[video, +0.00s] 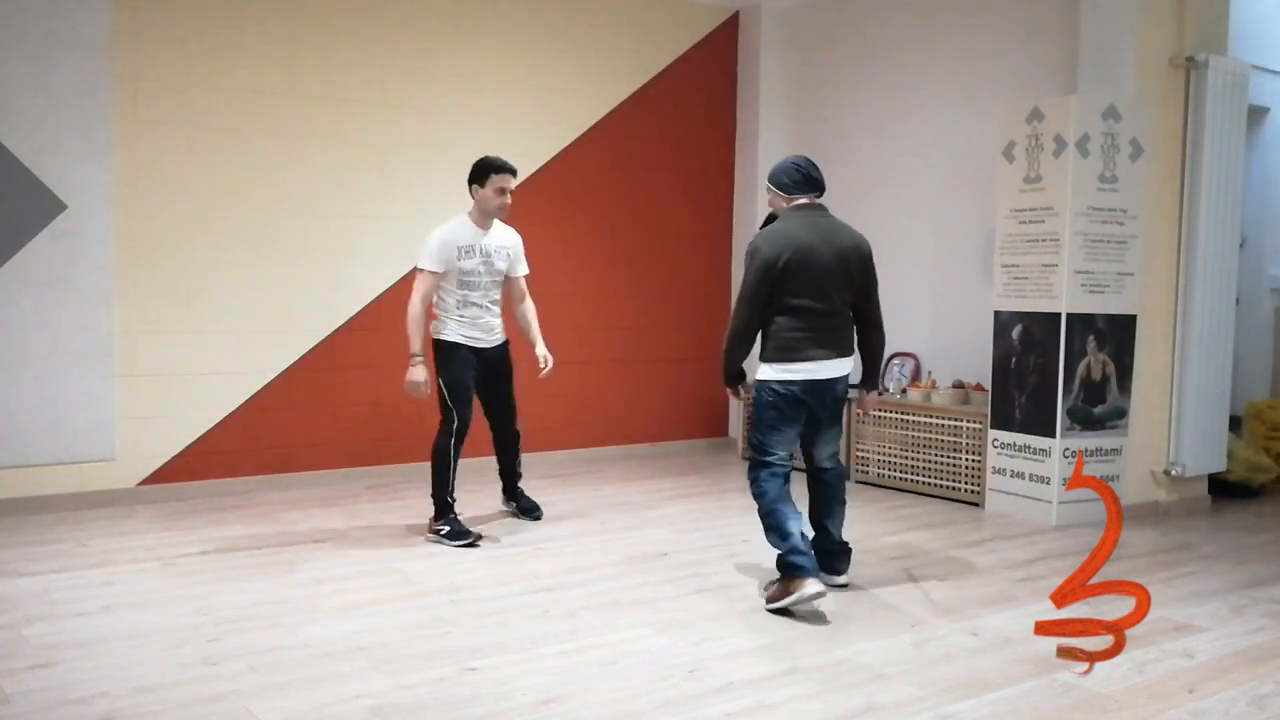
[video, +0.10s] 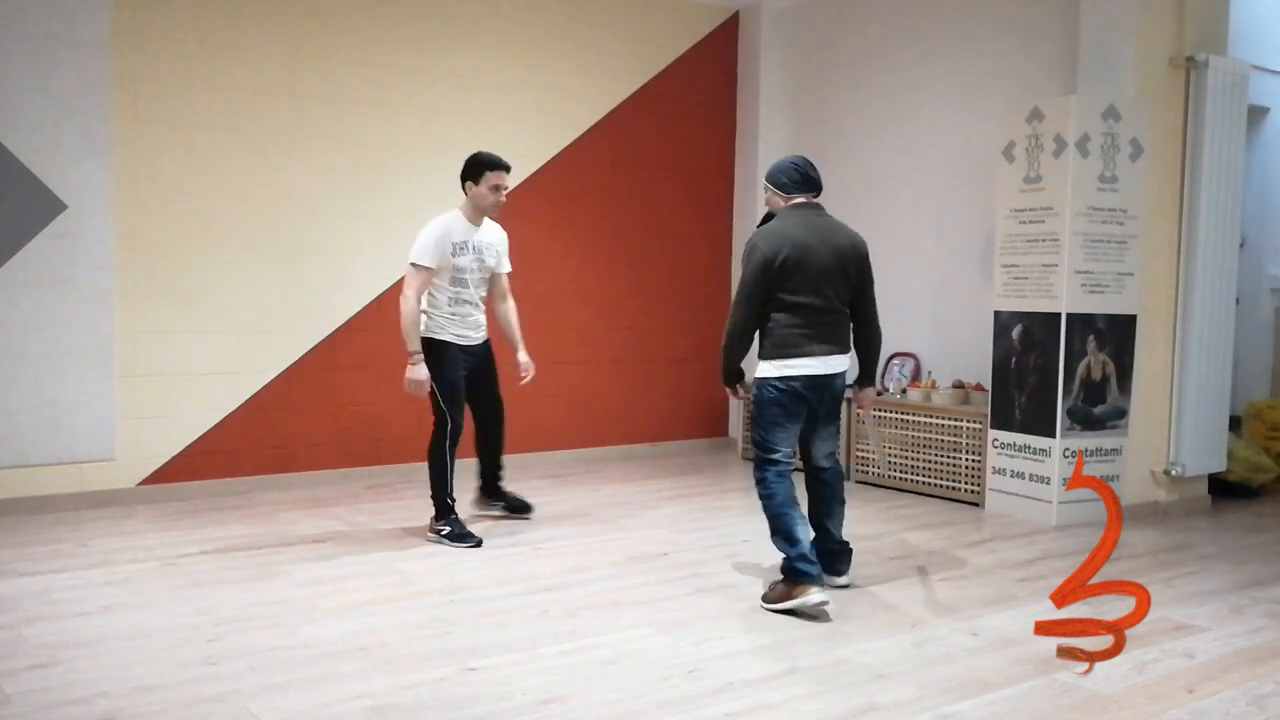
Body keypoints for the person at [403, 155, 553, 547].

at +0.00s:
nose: (508, 199)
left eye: (511, 192)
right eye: (501, 191)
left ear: (511, 194)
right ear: (476, 190)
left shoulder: (510, 240)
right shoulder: (446, 237)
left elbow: (522, 299)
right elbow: (419, 300)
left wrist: (538, 343)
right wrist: (416, 359)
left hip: (494, 345)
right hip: (453, 344)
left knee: (505, 423)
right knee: (457, 423)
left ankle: (512, 492)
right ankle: (442, 515)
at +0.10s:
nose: (504, 196)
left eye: (506, 189)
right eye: (496, 188)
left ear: (502, 191)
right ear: (469, 188)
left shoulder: (496, 236)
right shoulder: (439, 232)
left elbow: (502, 298)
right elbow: (409, 295)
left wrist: (520, 349)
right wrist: (415, 357)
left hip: (478, 343)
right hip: (439, 343)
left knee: (490, 415)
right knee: (450, 423)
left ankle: (491, 490)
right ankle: (443, 516)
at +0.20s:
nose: (494, 193)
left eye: (497, 185)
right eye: (487, 185)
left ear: (492, 187)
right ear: (461, 183)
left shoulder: (481, 232)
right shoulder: (432, 227)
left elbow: (483, 298)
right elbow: (403, 292)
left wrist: (493, 353)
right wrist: (412, 356)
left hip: (463, 342)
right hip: (432, 343)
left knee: (474, 414)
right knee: (443, 422)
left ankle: (448, 491)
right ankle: (442, 517)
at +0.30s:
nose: (483, 191)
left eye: (485, 184)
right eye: (476, 183)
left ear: (471, 185)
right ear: (450, 183)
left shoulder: (467, 231)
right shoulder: (420, 227)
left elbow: (467, 297)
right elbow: (397, 294)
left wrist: (468, 353)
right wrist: (406, 358)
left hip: (450, 344)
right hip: (421, 343)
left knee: (450, 418)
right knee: (433, 424)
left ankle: (394, 490)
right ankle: (441, 516)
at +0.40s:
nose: (469, 193)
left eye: (470, 184)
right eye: (462, 184)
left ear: (457, 185)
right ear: (435, 184)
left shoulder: (450, 232)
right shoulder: (409, 226)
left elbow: (451, 296)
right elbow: (383, 296)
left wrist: (451, 350)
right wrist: (388, 361)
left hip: (433, 344)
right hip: (409, 343)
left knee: (406, 426)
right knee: (432, 426)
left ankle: (348, 494)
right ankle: (441, 518)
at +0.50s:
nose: (448, 194)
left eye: (449, 186)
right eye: (441, 186)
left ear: (426, 187)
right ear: (415, 186)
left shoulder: (427, 232)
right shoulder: (392, 226)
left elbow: (430, 297)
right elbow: (362, 293)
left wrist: (439, 348)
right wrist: (356, 359)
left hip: (410, 346)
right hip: (390, 345)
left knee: (378, 428)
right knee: (429, 423)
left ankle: (314, 501)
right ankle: (440, 518)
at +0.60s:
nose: (422, 193)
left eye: (423, 185)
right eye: (414, 185)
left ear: (407, 189)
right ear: (388, 186)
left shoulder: (401, 234)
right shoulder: (363, 230)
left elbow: (409, 298)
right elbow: (332, 292)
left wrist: (430, 350)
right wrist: (317, 352)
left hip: (379, 344)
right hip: (364, 344)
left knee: (349, 428)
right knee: (410, 417)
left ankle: (301, 513)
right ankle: (430, 515)